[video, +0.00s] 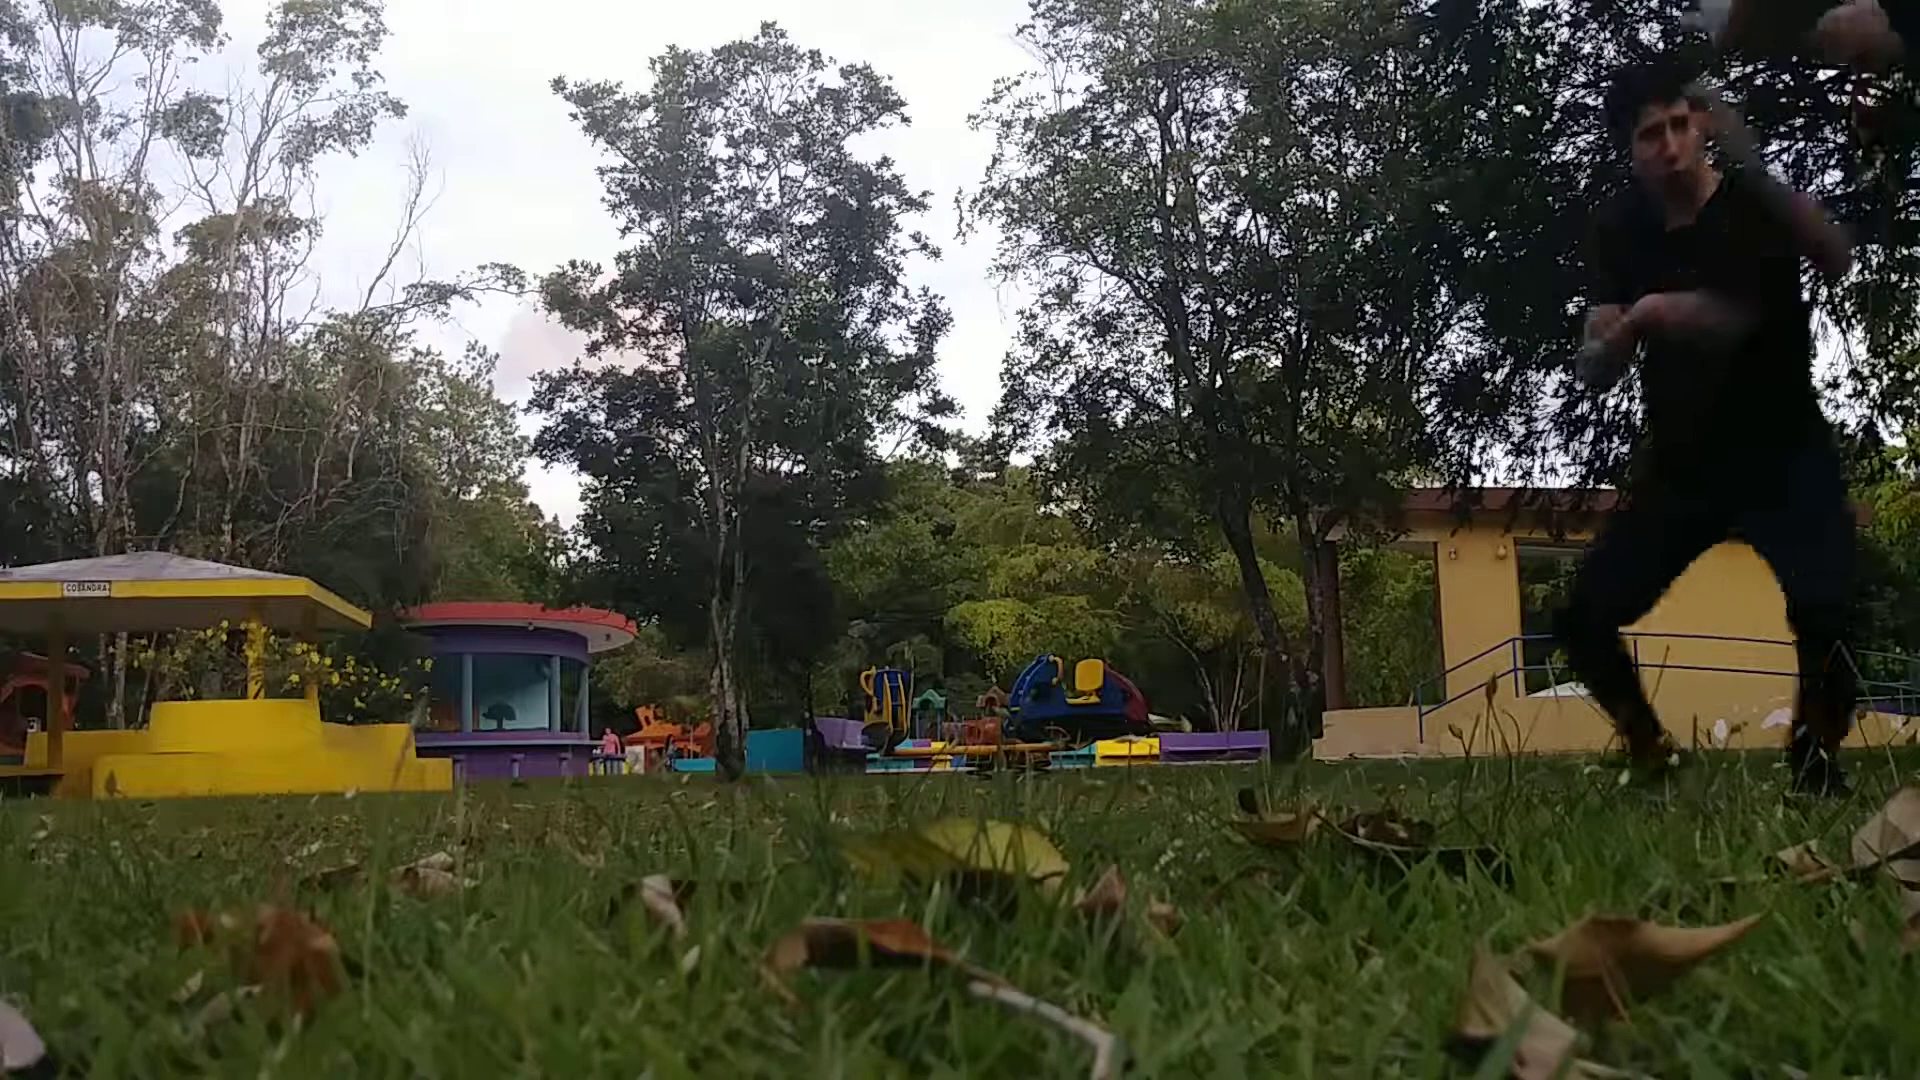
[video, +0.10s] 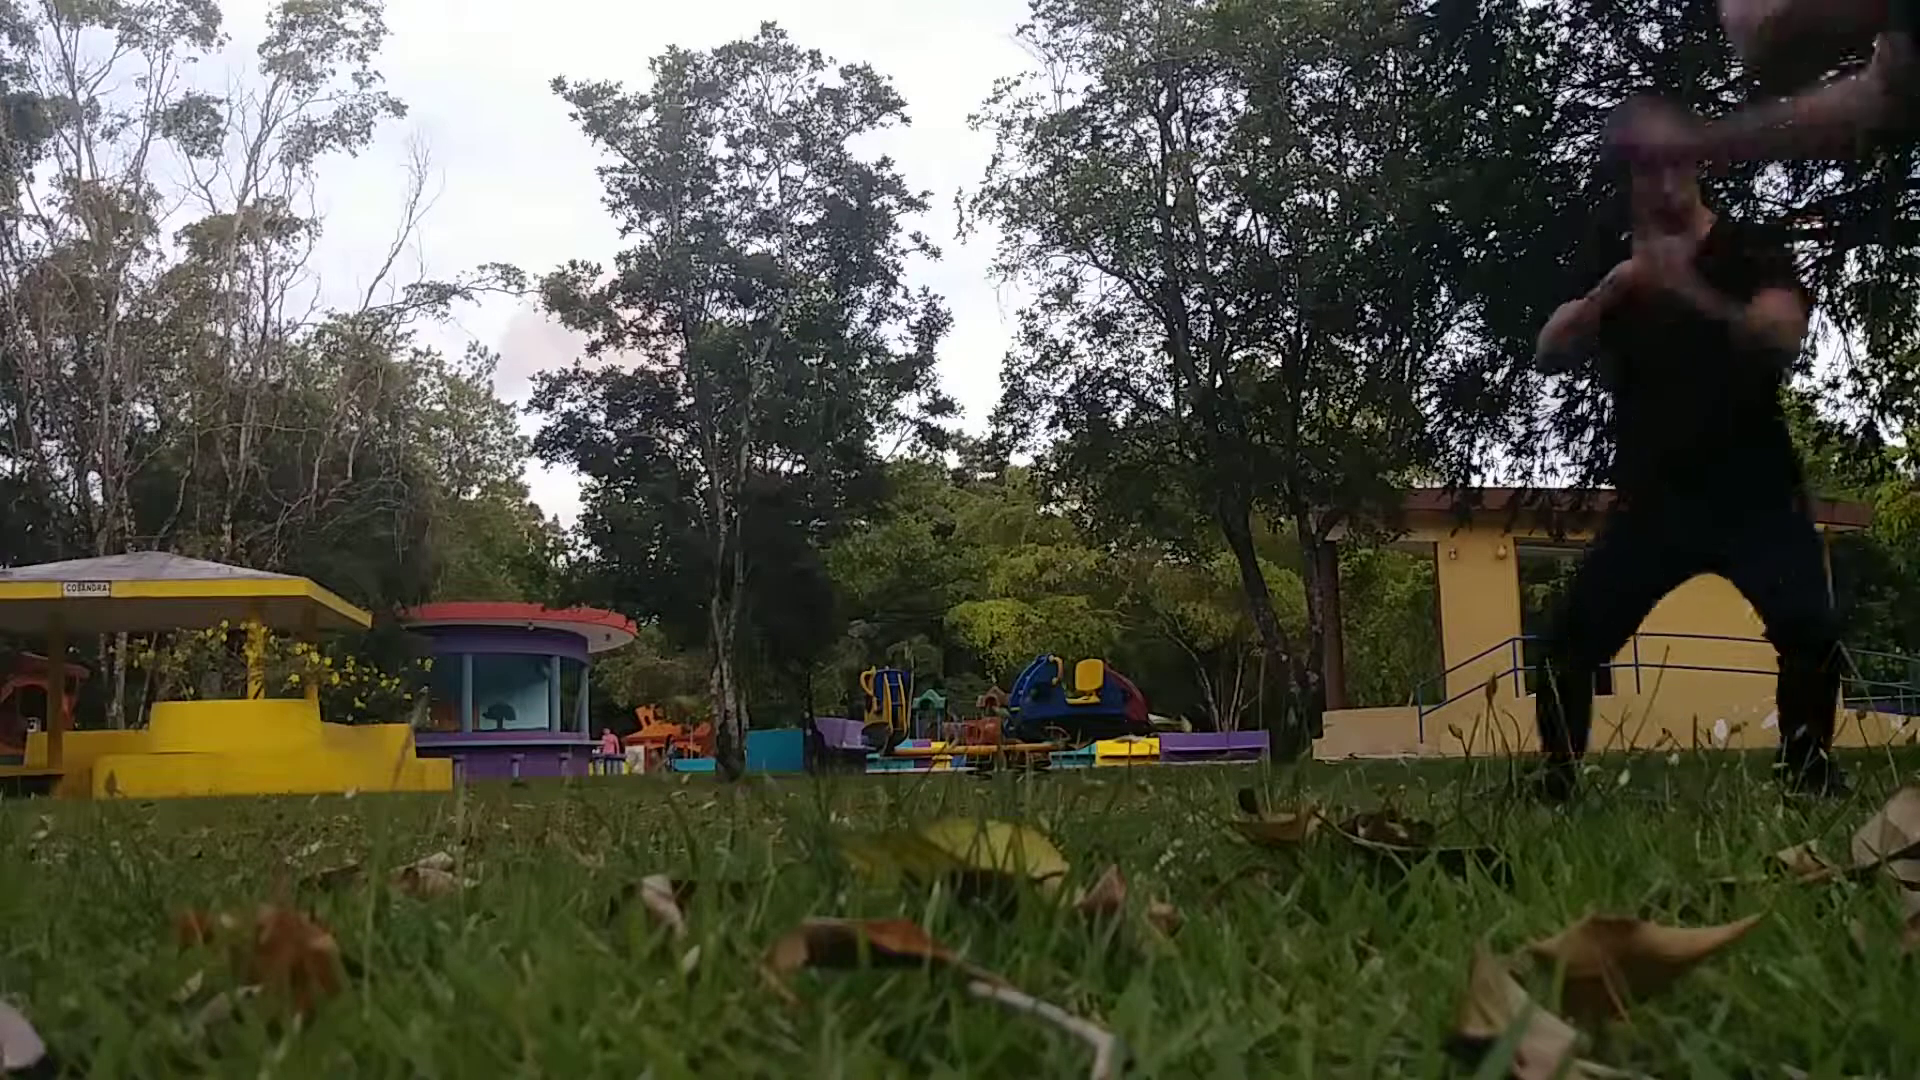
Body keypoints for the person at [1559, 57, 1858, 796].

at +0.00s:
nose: (1668, 147)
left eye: (1678, 127)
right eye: (1651, 136)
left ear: (1703, 129)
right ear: (1631, 151)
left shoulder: (1756, 201)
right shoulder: (1621, 231)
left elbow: (1837, 257)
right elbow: (1592, 368)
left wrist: (1753, 167)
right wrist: (1630, 321)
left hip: (1784, 456)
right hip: (1681, 463)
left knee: (1832, 611)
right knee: (1583, 618)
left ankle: (1812, 762)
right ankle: (1649, 751)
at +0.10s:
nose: (1665, 184)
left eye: (1677, 167)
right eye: (1649, 170)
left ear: (1698, 172)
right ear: (1629, 183)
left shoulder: (1748, 250)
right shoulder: (1620, 272)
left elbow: (1785, 332)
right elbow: (1548, 351)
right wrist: (1610, 293)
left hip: (1754, 498)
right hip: (1655, 502)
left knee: (1811, 634)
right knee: (1567, 642)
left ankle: (1807, 775)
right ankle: (1559, 782)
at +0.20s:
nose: (1638, 211)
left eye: (1650, 194)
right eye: (1620, 199)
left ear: (1675, 201)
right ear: (1600, 217)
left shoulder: (1722, 291)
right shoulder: (1581, 295)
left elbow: (1740, 409)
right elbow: (1607, 305)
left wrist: (1701, 436)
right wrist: (1716, 239)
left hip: (1730, 524)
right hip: (1633, 527)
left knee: (1782, 637)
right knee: (1511, 647)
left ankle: (1805, 776)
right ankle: (1551, 788)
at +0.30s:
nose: (1620, 223)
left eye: (1632, 206)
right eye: (1604, 211)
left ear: (1653, 216)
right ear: (1583, 229)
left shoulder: (1710, 307)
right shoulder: (1570, 300)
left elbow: (1753, 420)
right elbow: (1626, 318)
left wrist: (1730, 483)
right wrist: (1736, 270)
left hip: (1719, 531)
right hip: (1621, 536)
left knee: (1765, 627)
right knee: (1500, 653)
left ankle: (1817, 772)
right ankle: (1549, 790)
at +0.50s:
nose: (1684, 197)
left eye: (1697, 182)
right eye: (1670, 188)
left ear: (1727, 192)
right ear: (1655, 207)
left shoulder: (1773, 281)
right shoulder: (1618, 281)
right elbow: (1510, 335)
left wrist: (1867, 224)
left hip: (1743, 523)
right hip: (1642, 525)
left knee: (1850, 641)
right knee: (1524, 650)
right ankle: (1548, 788)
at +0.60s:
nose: (1721, 169)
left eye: (1734, 150)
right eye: (1706, 159)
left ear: (1774, 154)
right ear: (1694, 175)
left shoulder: (1819, 236)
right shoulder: (1680, 248)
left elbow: (1896, 205)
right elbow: (1624, 337)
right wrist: (1579, 398)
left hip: (1788, 510)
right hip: (1695, 506)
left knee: (1869, 667)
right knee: (1565, 612)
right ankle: (1551, 775)